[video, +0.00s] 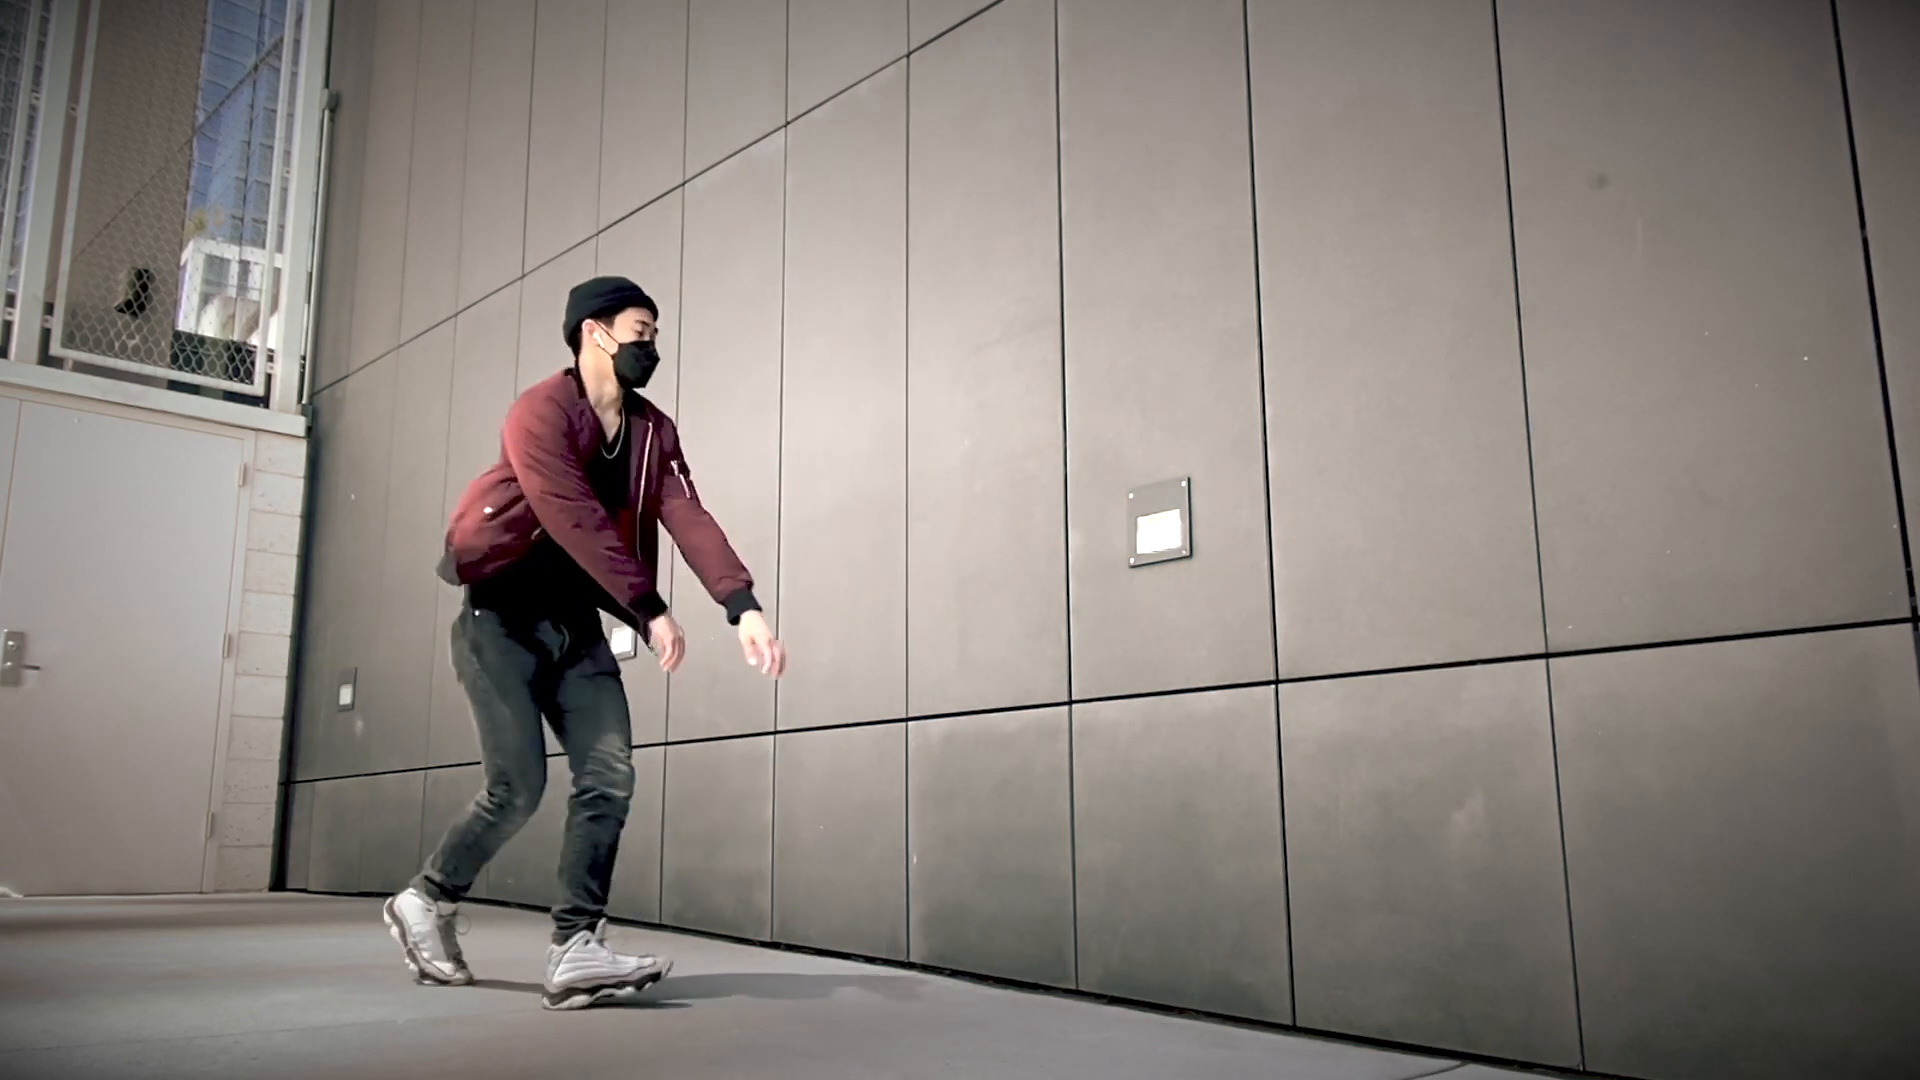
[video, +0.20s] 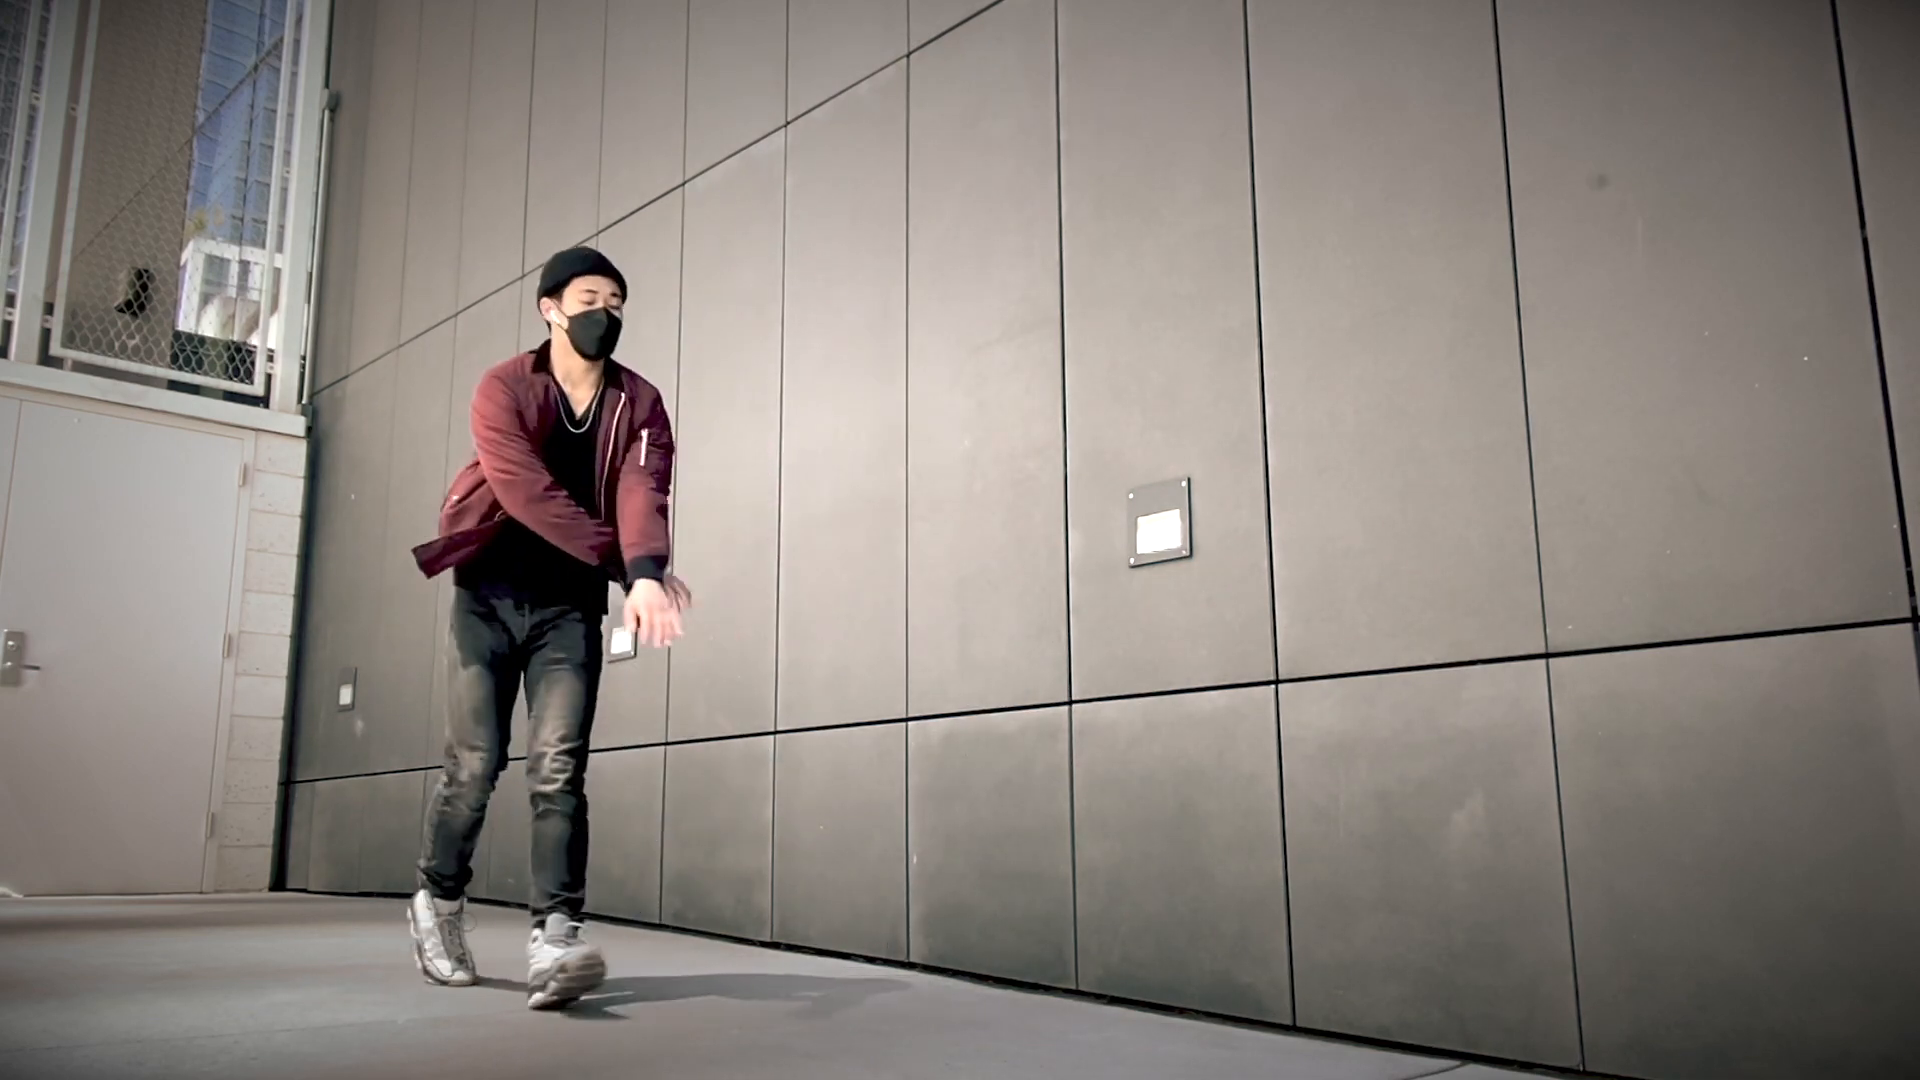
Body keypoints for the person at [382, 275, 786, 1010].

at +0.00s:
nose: (653, 346)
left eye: (656, 336)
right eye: (639, 332)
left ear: (644, 346)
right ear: (591, 335)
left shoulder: (653, 431)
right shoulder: (541, 411)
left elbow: (687, 517)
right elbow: (568, 514)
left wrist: (744, 605)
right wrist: (647, 606)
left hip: (577, 628)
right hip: (499, 618)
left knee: (607, 778)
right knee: (516, 787)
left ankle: (575, 948)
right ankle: (423, 902)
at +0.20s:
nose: (604, 309)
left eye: (614, 302)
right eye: (587, 298)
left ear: (623, 317)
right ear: (550, 310)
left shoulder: (641, 402)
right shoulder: (503, 387)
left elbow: (644, 493)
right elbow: (525, 494)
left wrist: (647, 577)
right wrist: (623, 563)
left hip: (572, 602)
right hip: (487, 595)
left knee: (560, 769)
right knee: (474, 765)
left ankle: (556, 941)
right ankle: (437, 908)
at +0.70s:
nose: (472, 283)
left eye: (483, 268)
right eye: (468, 272)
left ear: (534, 269)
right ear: (502, 278)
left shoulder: (560, 347)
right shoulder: (485, 369)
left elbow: (495, 441)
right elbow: (451, 455)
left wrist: (395, 454)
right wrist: (396, 511)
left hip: (557, 585)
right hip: (526, 585)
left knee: (463, 749)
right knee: (521, 749)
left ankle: (492, 928)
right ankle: (563, 910)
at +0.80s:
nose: (469, 283)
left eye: (480, 268)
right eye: (466, 272)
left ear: (531, 268)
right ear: (511, 274)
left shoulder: (549, 341)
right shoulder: (496, 364)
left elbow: (499, 441)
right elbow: (447, 462)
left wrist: (425, 441)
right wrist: (363, 507)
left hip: (550, 588)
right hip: (549, 587)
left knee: (441, 747)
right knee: (545, 765)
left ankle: (477, 924)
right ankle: (612, 916)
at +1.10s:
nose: (486, 292)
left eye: (496, 275)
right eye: (484, 279)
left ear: (545, 275)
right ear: (537, 282)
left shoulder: (566, 333)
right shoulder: (523, 367)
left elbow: (583, 397)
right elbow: (472, 450)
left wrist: (507, 454)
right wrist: (393, 473)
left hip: (559, 594)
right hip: (590, 599)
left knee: (427, 745)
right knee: (569, 778)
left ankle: (482, 919)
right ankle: (687, 912)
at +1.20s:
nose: (504, 289)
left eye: (516, 273)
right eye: (501, 275)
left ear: (566, 277)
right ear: (546, 284)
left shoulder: (588, 334)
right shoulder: (538, 371)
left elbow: (653, 381)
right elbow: (494, 453)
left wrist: (570, 462)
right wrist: (432, 457)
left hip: (565, 593)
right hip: (600, 601)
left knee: (444, 744)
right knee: (560, 779)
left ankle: (494, 917)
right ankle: (680, 911)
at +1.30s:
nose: (536, 289)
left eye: (551, 273)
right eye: (529, 277)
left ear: (600, 277)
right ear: (528, 284)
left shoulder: (628, 337)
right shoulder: (536, 383)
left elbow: (731, 381)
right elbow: (473, 452)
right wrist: (469, 437)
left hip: (584, 585)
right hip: (615, 594)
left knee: (473, 741)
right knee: (556, 772)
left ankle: (506, 922)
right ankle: (671, 904)